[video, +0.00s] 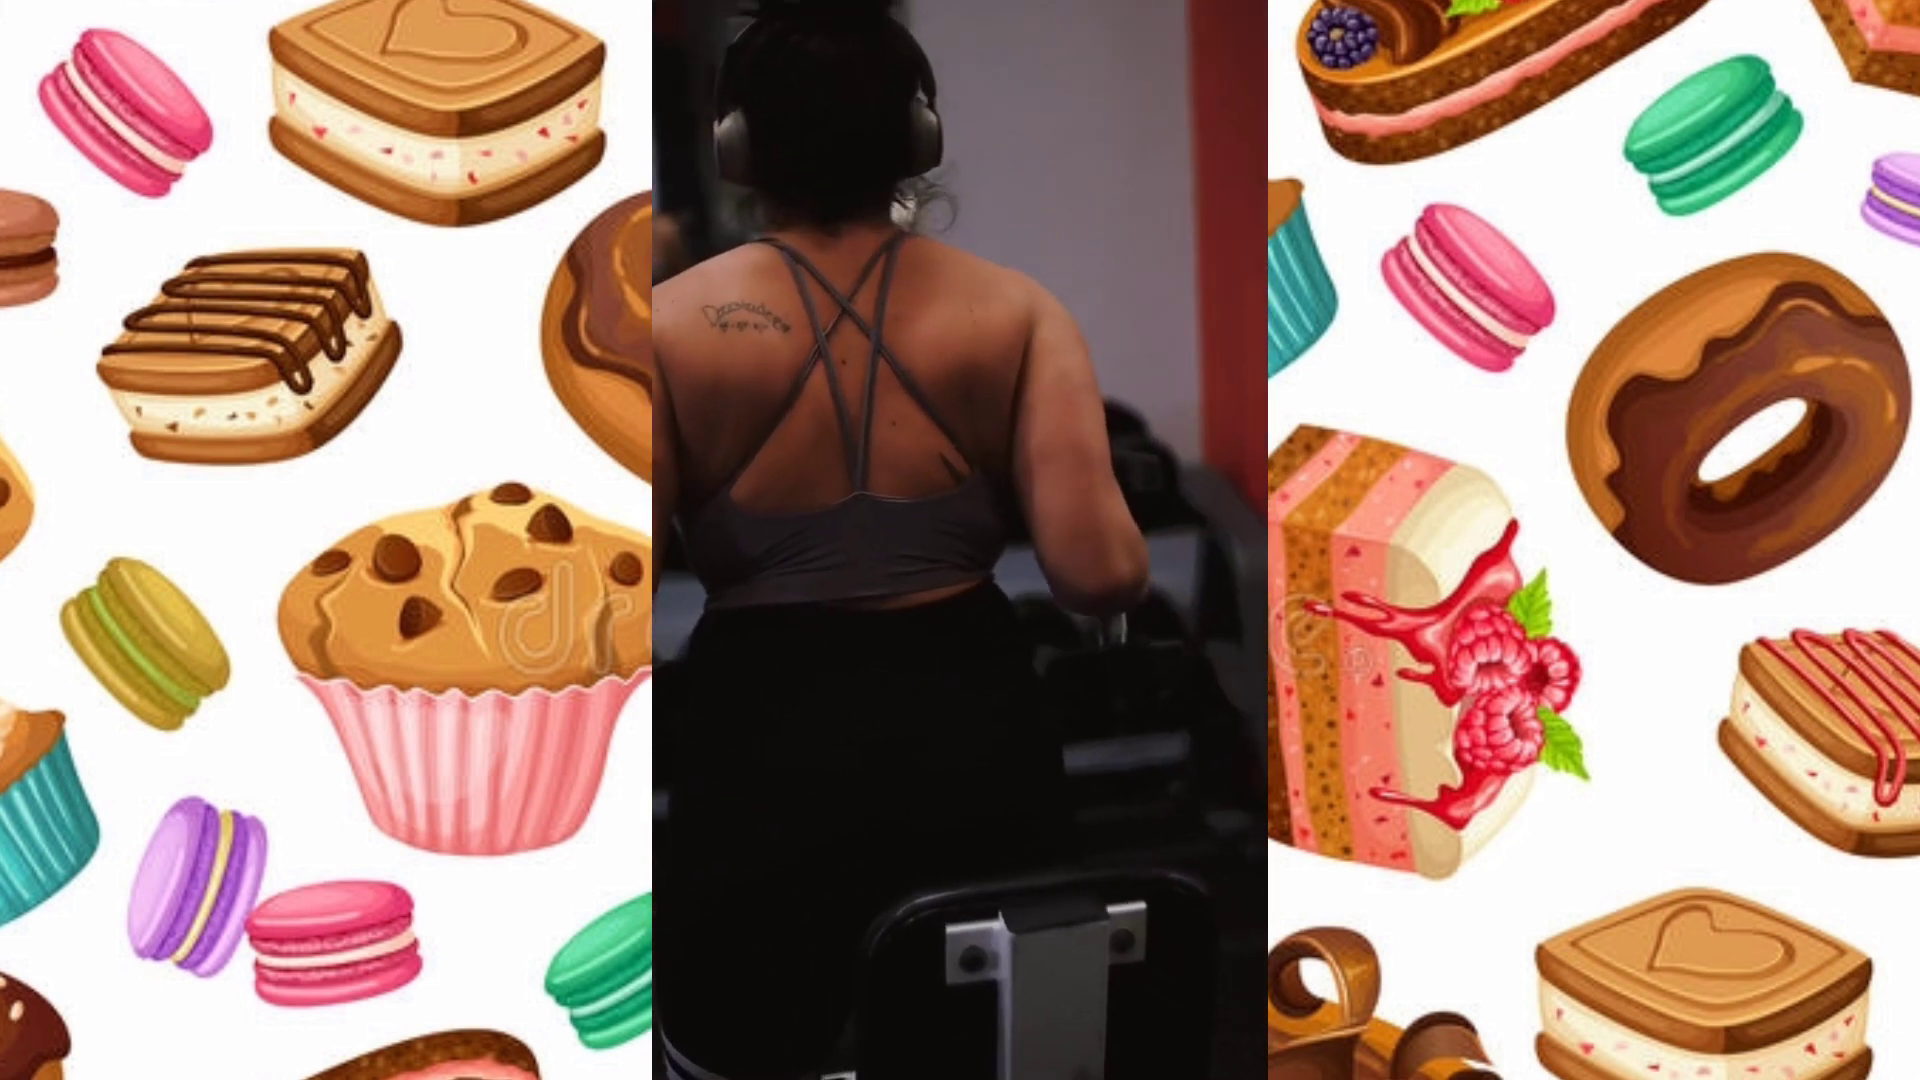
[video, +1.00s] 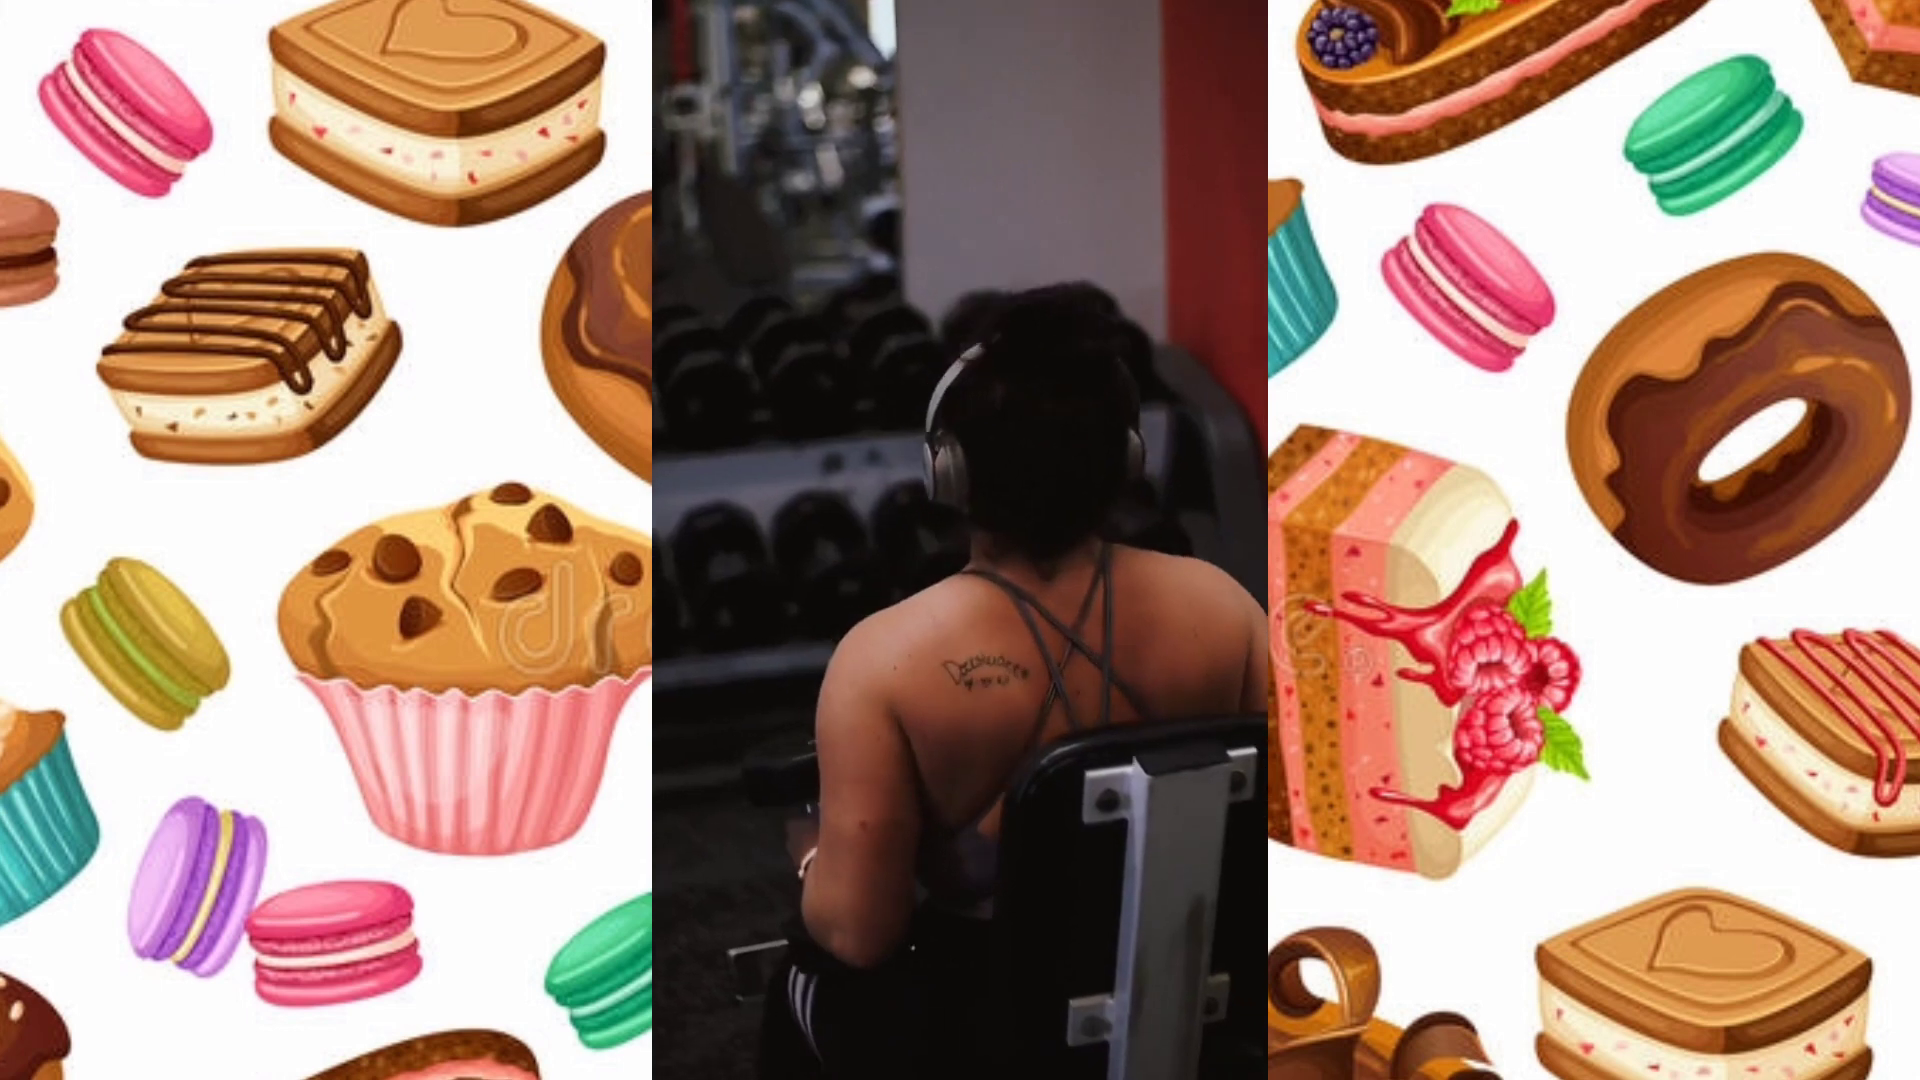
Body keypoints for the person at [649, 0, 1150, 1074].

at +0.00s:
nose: (719, 145)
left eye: (728, 124)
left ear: (740, 147)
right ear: (917, 139)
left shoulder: (672, 326)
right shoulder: (1016, 315)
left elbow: (620, 559)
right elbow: (1097, 568)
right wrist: (1122, 528)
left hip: (756, 741)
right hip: (966, 729)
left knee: (750, 1044)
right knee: (960, 1041)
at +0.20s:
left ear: (708, 175)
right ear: (867, 162)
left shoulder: (648, 337)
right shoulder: (969, 328)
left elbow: (584, 555)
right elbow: (1053, 559)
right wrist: (1074, 611)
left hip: (725, 734)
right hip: (930, 719)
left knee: (720, 1044)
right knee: (957, 1038)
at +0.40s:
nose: (765, 231)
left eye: (770, 215)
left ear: (780, 238)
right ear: (945, 228)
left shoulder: (711, 414)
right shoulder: (1047, 382)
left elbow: (687, 681)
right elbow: (1154, 608)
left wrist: (774, 618)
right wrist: (1077, 627)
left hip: (848, 806)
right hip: (1053, 780)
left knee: (761, 1051)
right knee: (1042, 1052)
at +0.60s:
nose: (862, 399)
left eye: (867, 383)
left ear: (882, 407)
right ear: (1053, 400)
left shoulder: (817, 580)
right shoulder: (1142, 548)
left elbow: (800, 837)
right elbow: (1245, 774)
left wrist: (749, 813)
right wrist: (1154, 759)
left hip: (938, 1000)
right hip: (1142, 988)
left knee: (800, 1057)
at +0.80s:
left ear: (919, 463)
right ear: (1098, 453)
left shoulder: (859, 644)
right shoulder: (1182, 599)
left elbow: (838, 905)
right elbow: (1266, 792)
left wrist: (798, 860)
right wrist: (1167, 799)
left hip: (974, 1033)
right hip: (1176, 1014)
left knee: (799, 1041)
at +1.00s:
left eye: (931, 450)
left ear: (950, 474)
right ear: (1129, 457)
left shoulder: (885, 663)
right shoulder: (1223, 611)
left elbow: (858, 935)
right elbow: (1291, 837)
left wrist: (814, 860)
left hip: (973, 1038)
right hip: (1187, 1018)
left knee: (810, 951)